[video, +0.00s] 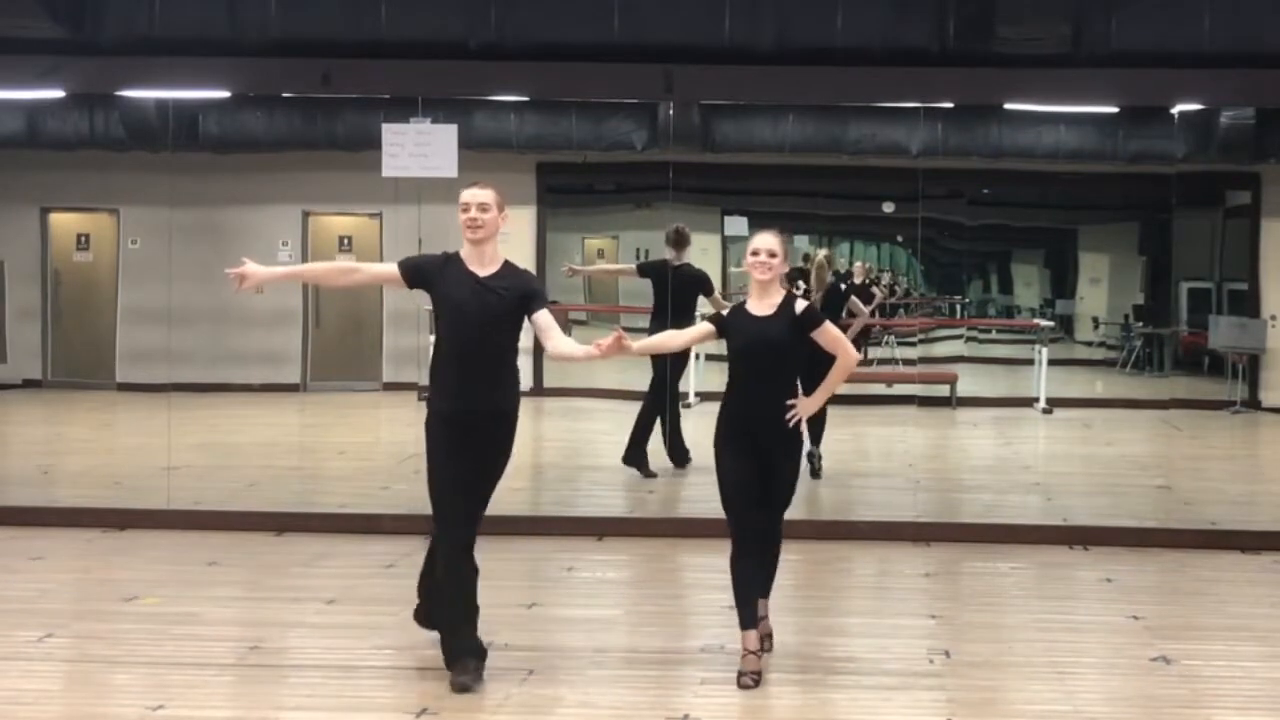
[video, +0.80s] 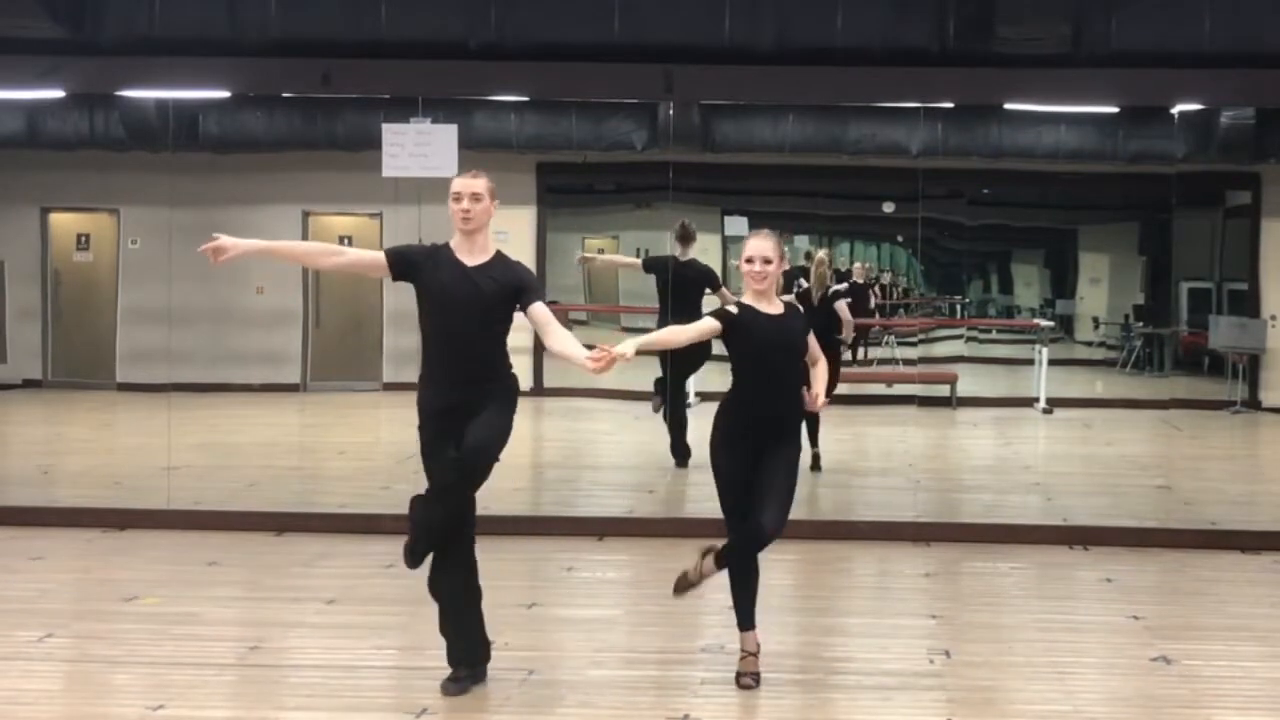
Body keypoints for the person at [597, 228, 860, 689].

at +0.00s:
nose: (761, 260)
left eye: (770, 254)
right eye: (755, 253)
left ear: (785, 263)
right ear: (744, 261)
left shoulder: (799, 311)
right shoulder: (731, 314)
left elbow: (849, 355)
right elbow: (679, 338)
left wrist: (815, 400)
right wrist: (630, 347)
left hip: (782, 435)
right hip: (735, 434)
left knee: (769, 529)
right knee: (744, 532)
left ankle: (761, 613)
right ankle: (748, 640)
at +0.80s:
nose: (756, 268)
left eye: (766, 261)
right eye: (749, 260)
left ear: (781, 267)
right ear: (740, 266)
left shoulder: (795, 317)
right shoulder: (732, 315)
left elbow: (818, 360)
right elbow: (683, 334)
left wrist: (818, 393)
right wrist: (632, 345)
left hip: (783, 436)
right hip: (736, 434)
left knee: (768, 527)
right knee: (742, 538)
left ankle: (711, 561)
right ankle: (749, 643)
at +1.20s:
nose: (765, 272)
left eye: (774, 264)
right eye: (757, 264)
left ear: (788, 269)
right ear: (747, 268)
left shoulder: (807, 317)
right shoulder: (734, 315)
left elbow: (839, 358)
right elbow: (686, 339)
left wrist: (826, 397)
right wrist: (639, 353)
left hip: (785, 437)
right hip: (737, 435)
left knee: (759, 532)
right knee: (743, 532)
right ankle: (752, 633)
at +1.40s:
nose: (769, 273)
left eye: (778, 265)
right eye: (762, 265)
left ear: (792, 270)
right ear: (751, 267)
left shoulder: (809, 318)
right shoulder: (733, 316)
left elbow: (848, 365)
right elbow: (680, 340)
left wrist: (822, 402)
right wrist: (633, 354)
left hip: (786, 436)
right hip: (737, 437)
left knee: (773, 524)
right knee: (746, 538)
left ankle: (796, 619)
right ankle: (754, 642)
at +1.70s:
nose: (769, 271)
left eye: (778, 263)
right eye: (762, 263)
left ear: (791, 268)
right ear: (750, 267)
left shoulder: (809, 317)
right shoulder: (731, 314)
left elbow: (859, 358)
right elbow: (674, 345)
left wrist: (824, 406)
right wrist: (659, 362)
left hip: (792, 439)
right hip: (744, 438)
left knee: (767, 534)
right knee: (758, 535)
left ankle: (749, 613)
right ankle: (757, 641)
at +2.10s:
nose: (769, 272)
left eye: (778, 265)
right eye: (762, 265)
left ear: (792, 271)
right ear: (751, 271)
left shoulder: (815, 317)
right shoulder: (740, 325)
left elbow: (855, 367)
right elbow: (687, 355)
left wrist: (833, 418)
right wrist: (650, 371)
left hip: (791, 442)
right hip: (741, 441)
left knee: (766, 539)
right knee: (747, 542)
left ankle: (781, 638)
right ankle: (761, 644)